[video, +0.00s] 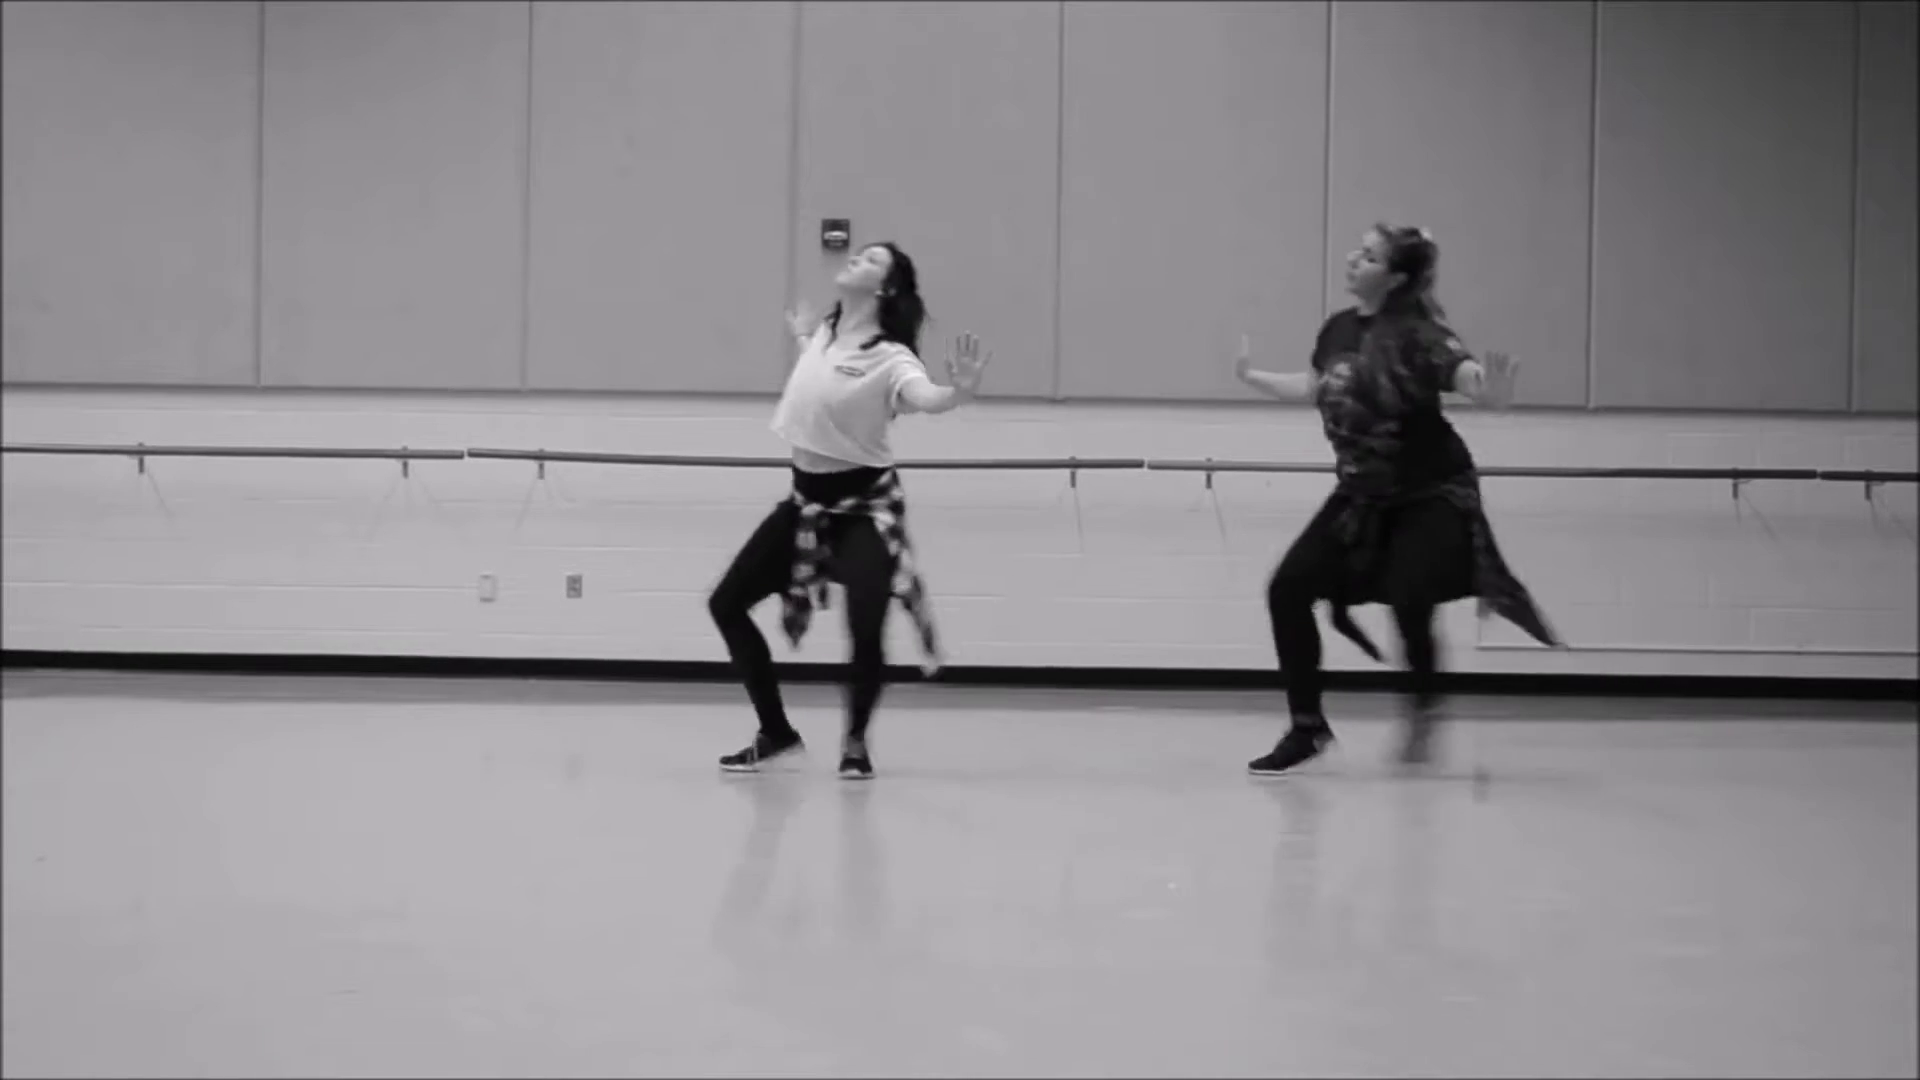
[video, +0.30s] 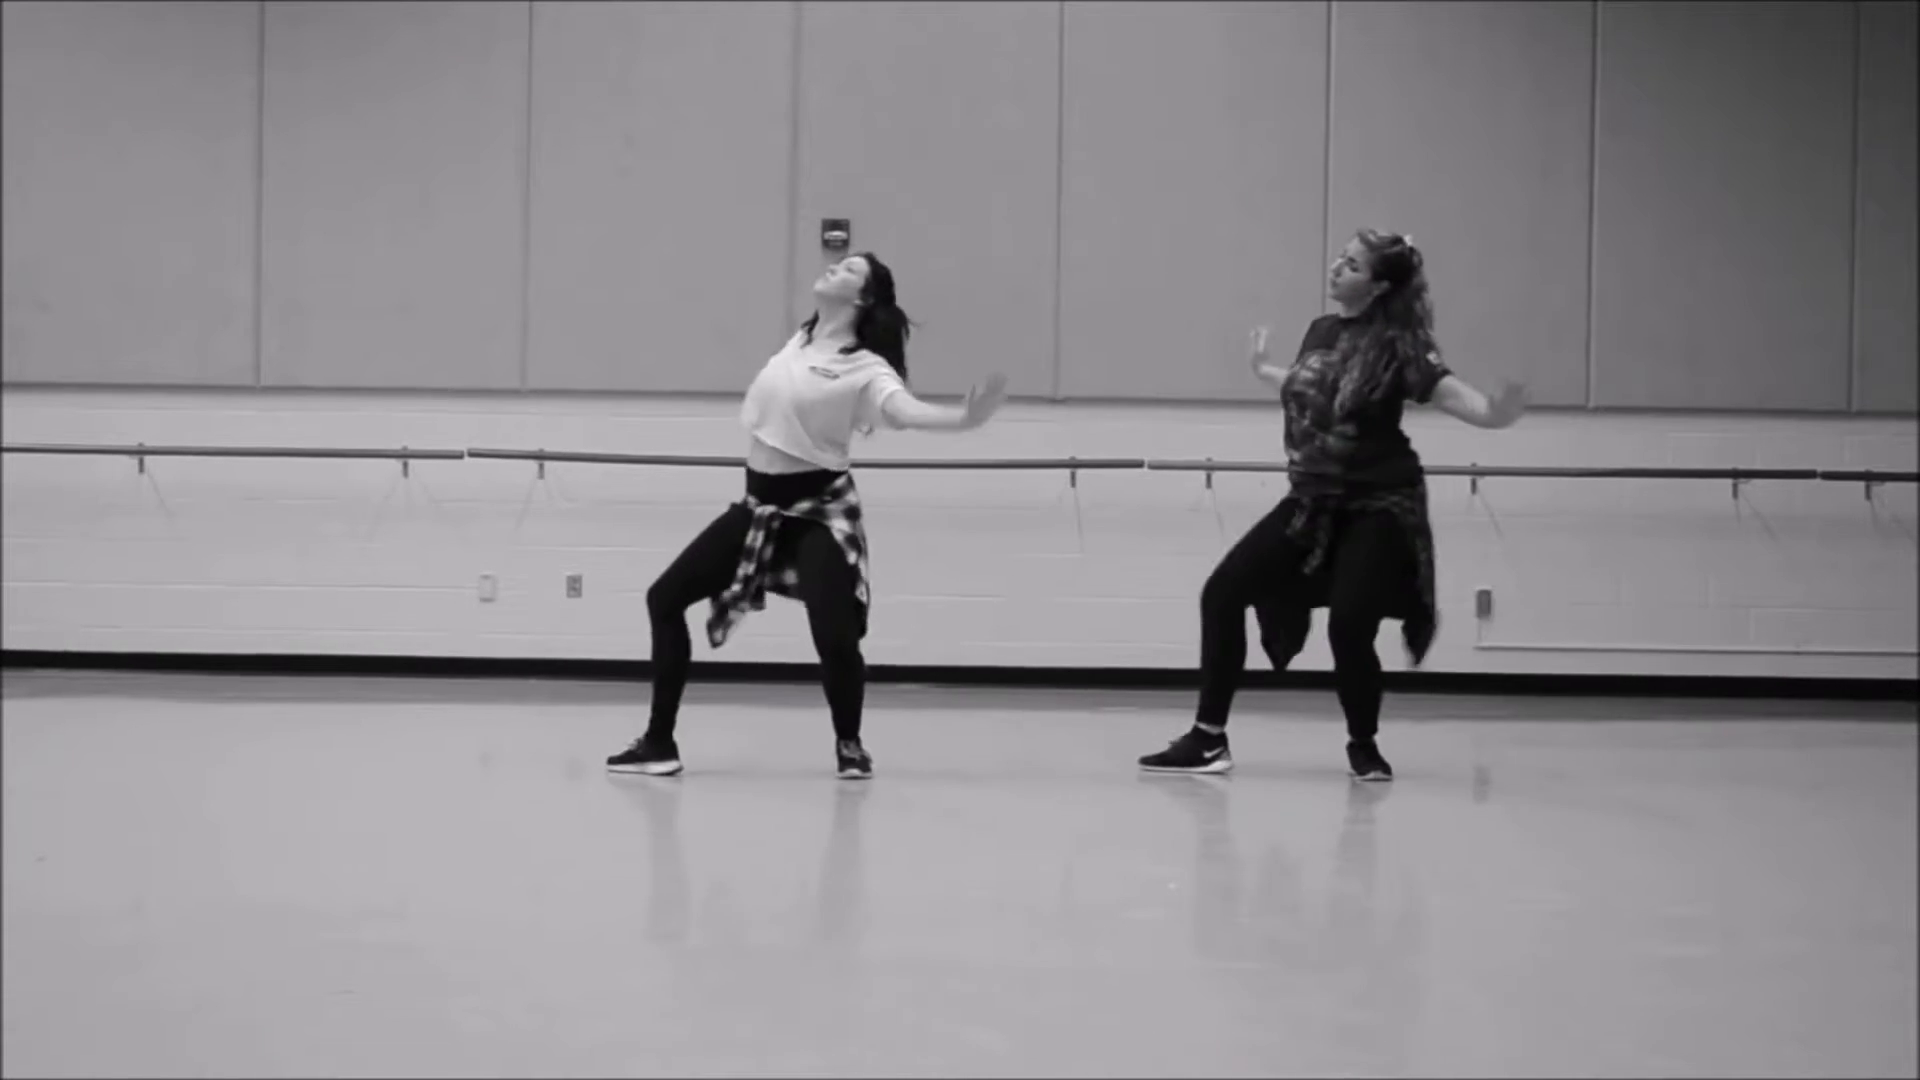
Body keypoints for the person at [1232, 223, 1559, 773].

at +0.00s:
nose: (1353, 261)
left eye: (1367, 258)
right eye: (1357, 252)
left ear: (1397, 278)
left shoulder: (1417, 331)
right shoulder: (1340, 329)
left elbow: (1461, 374)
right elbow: (1318, 386)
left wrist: (1486, 384)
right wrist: (1250, 375)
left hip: (1431, 495)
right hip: (1363, 496)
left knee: (1410, 598)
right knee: (1288, 590)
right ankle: (1307, 724)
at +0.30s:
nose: (1336, 268)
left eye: (1351, 265)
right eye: (1340, 260)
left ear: (1379, 286)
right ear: (1341, 271)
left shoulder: (1395, 345)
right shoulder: (1321, 331)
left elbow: (1451, 392)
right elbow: (1306, 388)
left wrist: (1492, 413)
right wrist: (1262, 367)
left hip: (1378, 506)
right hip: (1311, 502)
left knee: (1350, 626)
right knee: (1221, 595)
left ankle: (1363, 746)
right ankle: (1209, 735)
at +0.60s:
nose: (1346, 268)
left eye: (1361, 265)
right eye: (1349, 258)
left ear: (1389, 284)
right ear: (1346, 265)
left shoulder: (1383, 341)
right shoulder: (1317, 319)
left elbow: (1330, 413)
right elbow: (1257, 385)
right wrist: (1187, 384)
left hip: (1347, 496)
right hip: (1286, 489)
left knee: (1330, 622)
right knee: (1213, 596)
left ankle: (1360, 747)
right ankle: (1207, 737)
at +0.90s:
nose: (1263, 255)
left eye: (1275, 243)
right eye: (1255, 244)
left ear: (1301, 243)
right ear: (1248, 248)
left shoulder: (1327, 305)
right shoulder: (1253, 310)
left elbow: (1288, 387)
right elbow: (1229, 384)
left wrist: (1201, 396)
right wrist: (1163, 397)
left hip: (1336, 472)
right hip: (1274, 472)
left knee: (1338, 602)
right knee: (1223, 587)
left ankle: (1378, 735)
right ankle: (1209, 727)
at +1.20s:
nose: (1281, 311)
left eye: (1291, 296)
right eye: (1270, 300)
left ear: (1314, 288)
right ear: (1259, 297)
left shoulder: (1350, 337)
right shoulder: (1263, 334)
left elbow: (1318, 426)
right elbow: (1238, 415)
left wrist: (1238, 429)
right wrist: (1177, 422)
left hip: (1339, 496)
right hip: (1271, 493)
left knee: (1326, 625)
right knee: (1184, 591)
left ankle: (1389, 736)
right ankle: (1185, 721)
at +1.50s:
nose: (1347, 321)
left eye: (1359, 308)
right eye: (1336, 309)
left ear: (1377, 308)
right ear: (1319, 307)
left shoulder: (1389, 373)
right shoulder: (1288, 350)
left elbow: (1357, 460)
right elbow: (1251, 419)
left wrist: (1306, 451)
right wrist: (1212, 422)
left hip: (1328, 517)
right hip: (1252, 507)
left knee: (1339, 630)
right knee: (1170, 602)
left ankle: (1371, 747)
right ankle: (1199, 735)